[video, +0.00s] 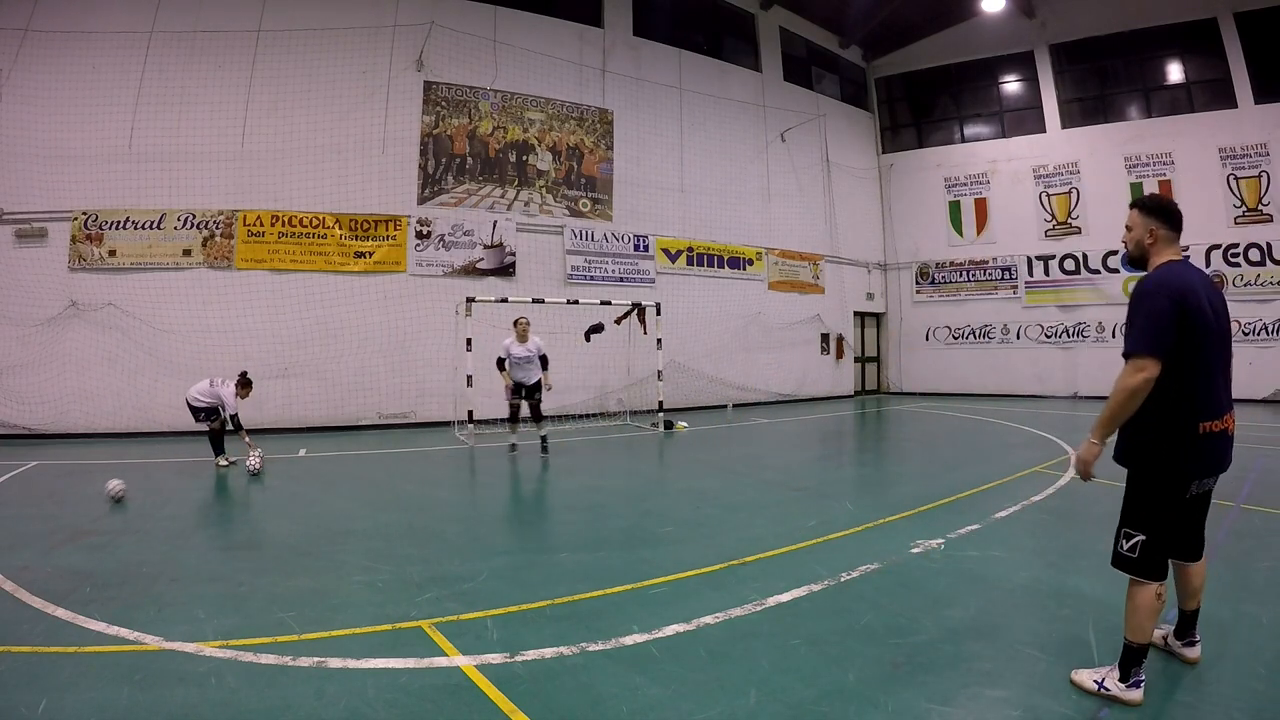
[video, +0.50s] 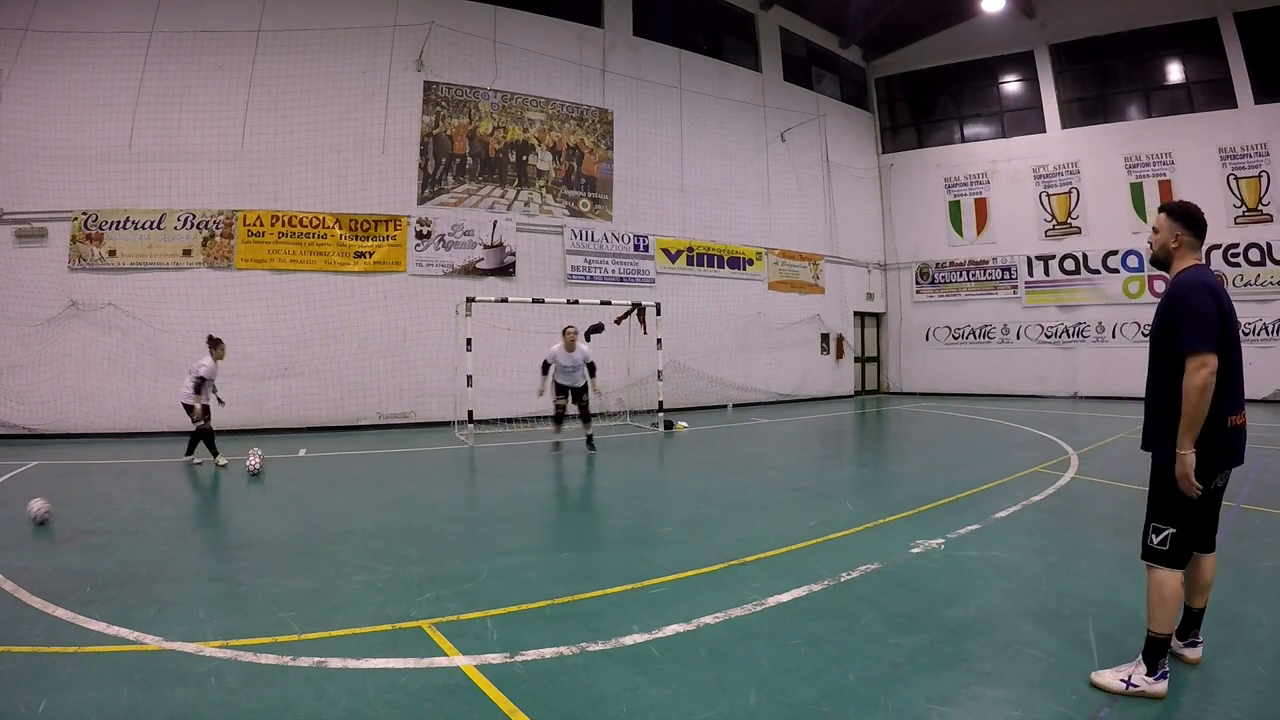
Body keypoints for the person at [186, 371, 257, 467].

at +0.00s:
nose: (248, 395)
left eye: (249, 393)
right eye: (247, 392)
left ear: (239, 387)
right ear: (240, 388)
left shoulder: (232, 387)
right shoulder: (229, 394)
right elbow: (235, 422)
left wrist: (244, 437)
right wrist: (247, 440)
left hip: (205, 398)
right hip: (195, 399)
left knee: (221, 423)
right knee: (215, 425)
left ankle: (222, 455)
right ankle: (218, 457)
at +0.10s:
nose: (246, 390)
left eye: (247, 387)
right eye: (246, 386)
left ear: (237, 382)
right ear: (238, 382)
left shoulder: (230, 383)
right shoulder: (228, 388)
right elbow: (232, 415)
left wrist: (239, 429)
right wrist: (241, 432)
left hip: (204, 398)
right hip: (195, 398)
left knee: (218, 422)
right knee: (213, 424)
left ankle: (221, 455)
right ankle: (218, 457)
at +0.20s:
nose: (244, 380)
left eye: (245, 377)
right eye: (243, 377)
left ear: (235, 373)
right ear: (235, 374)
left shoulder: (226, 377)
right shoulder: (226, 382)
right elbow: (227, 409)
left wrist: (234, 425)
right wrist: (235, 427)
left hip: (205, 398)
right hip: (194, 398)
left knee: (218, 422)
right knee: (212, 424)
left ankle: (220, 454)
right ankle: (218, 457)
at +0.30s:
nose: (239, 369)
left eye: (240, 366)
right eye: (238, 365)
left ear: (229, 364)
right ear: (231, 364)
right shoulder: (222, 376)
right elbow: (219, 400)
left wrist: (221, 415)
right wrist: (224, 419)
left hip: (203, 397)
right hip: (194, 397)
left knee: (214, 423)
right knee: (212, 424)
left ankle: (208, 453)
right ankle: (217, 456)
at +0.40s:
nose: (232, 359)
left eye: (232, 357)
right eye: (230, 357)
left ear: (223, 356)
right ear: (223, 356)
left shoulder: (215, 365)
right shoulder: (217, 369)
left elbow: (211, 387)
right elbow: (208, 392)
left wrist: (216, 400)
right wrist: (211, 409)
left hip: (196, 396)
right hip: (193, 397)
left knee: (208, 424)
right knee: (210, 424)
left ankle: (194, 452)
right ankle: (217, 457)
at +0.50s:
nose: (223, 353)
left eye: (224, 350)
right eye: (221, 350)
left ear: (217, 351)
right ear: (213, 351)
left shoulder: (213, 364)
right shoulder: (208, 365)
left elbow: (210, 382)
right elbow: (197, 385)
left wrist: (217, 396)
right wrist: (197, 405)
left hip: (201, 399)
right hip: (192, 400)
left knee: (202, 428)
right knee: (205, 428)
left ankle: (188, 455)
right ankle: (216, 456)